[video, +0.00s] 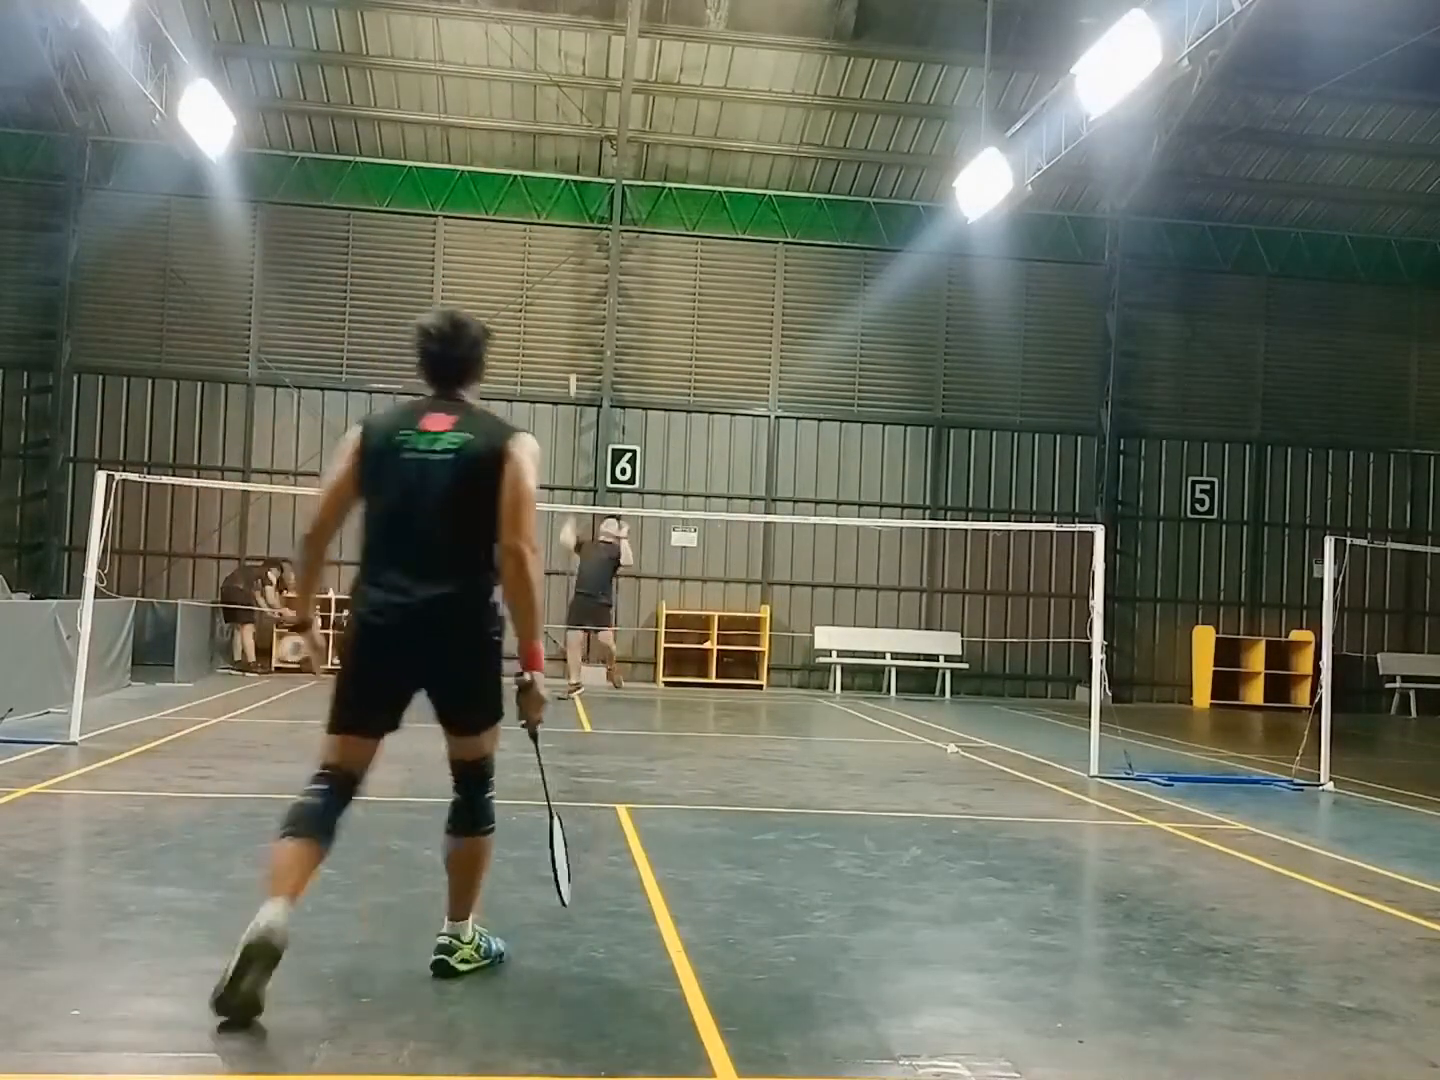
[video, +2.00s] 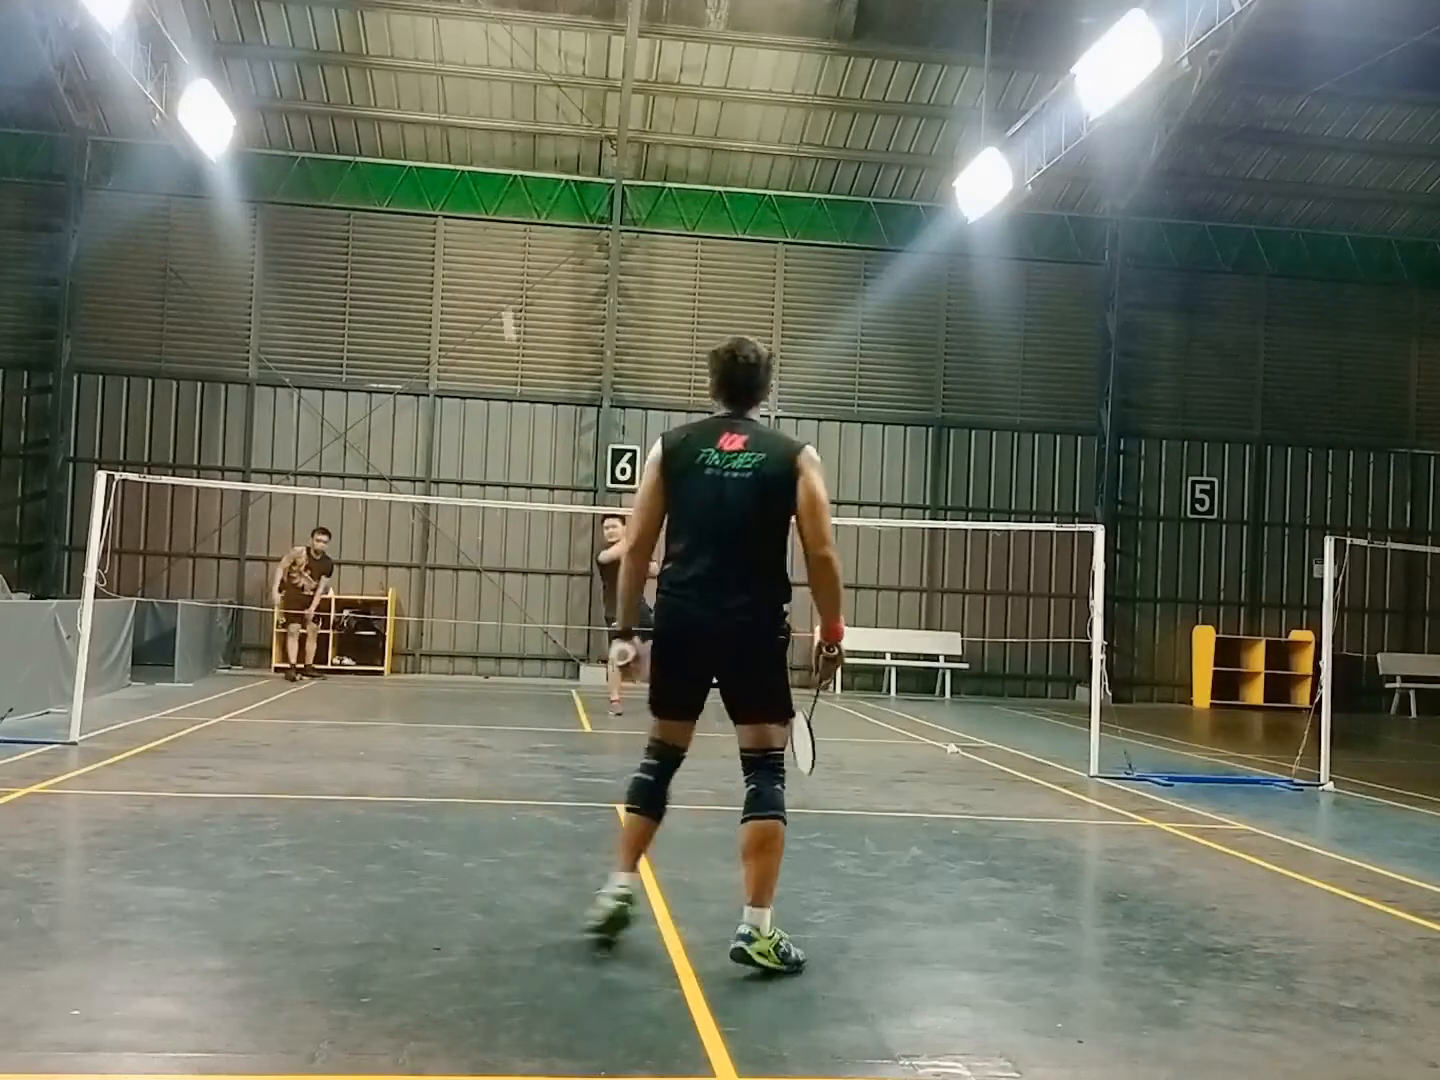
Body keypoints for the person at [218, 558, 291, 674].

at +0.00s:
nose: (276, 577)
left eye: (277, 574)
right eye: (277, 574)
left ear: (265, 568)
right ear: (273, 570)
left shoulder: (254, 574)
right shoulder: (269, 576)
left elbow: (258, 597)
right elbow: (271, 599)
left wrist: (270, 612)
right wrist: (281, 609)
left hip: (227, 589)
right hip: (240, 591)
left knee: (238, 628)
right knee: (248, 627)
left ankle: (237, 661)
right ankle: (252, 663)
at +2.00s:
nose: (320, 545)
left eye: (324, 542)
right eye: (318, 541)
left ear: (327, 544)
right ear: (311, 540)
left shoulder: (328, 564)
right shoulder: (298, 552)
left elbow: (321, 588)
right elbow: (281, 568)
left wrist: (312, 608)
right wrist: (275, 590)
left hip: (312, 598)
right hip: (293, 595)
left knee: (313, 630)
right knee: (293, 630)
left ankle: (309, 666)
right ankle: (292, 667)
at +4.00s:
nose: (263, 532)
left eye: (268, 528)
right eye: (260, 528)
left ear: (275, 531)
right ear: (256, 529)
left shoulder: (279, 552)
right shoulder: (256, 549)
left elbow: (274, 581)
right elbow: (250, 568)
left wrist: (264, 601)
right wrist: (253, 580)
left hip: (275, 593)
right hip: (260, 591)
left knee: (269, 635)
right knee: (249, 634)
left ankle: (269, 676)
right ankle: (271, 666)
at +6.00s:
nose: (181, 515)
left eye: (183, 512)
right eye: (177, 511)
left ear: (184, 515)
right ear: (163, 513)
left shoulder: (191, 542)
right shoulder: (148, 537)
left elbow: (203, 569)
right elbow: (132, 563)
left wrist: (207, 597)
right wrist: (128, 588)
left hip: (182, 597)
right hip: (154, 596)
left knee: (183, 636)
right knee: (156, 639)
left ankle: (180, 679)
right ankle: (159, 682)